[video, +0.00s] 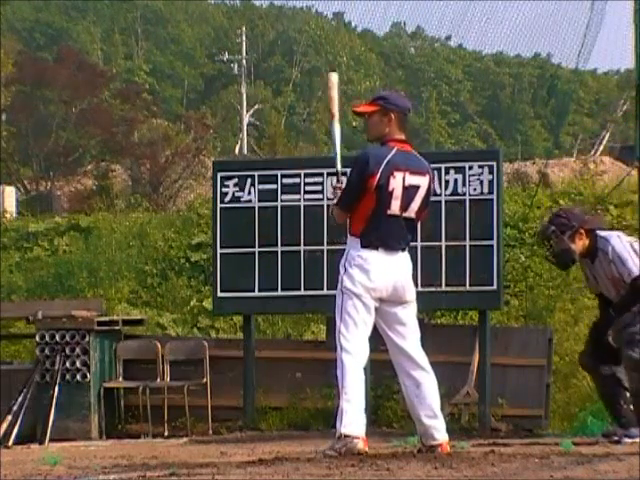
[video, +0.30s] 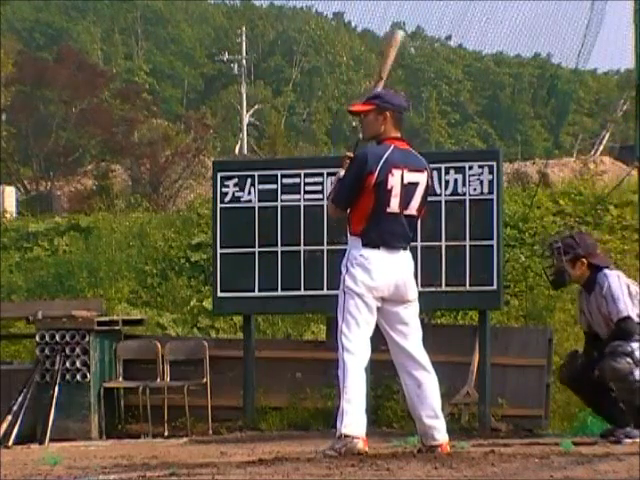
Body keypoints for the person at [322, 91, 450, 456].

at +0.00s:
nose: (366, 122)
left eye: (371, 116)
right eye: (367, 116)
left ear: (390, 118)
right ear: (396, 120)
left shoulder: (369, 158)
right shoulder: (423, 167)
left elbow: (341, 211)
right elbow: (416, 218)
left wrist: (336, 204)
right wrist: (361, 211)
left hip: (363, 262)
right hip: (400, 263)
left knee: (352, 349)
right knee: (410, 352)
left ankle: (352, 434)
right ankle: (436, 437)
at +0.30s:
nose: (361, 122)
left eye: (366, 116)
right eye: (361, 116)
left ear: (386, 118)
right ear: (392, 120)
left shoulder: (369, 155)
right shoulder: (419, 163)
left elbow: (335, 207)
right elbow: (411, 213)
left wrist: (343, 174)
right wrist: (359, 172)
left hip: (365, 261)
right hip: (402, 262)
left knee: (353, 349)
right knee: (412, 352)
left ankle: (352, 434)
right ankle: (436, 437)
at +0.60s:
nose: (358, 122)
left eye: (363, 116)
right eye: (359, 116)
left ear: (383, 118)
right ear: (388, 120)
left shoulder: (365, 156)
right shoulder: (419, 163)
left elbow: (332, 200)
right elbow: (415, 209)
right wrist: (364, 195)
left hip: (365, 261)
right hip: (402, 262)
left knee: (354, 349)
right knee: (412, 352)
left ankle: (352, 434)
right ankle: (436, 437)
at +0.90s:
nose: (355, 122)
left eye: (360, 116)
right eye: (356, 116)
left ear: (380, 118)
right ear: (385, 120)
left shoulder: (362, 155)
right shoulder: (416, 160)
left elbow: (333, 197)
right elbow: (412, 206)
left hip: (365, 261)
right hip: (402, 262)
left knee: (354, 349)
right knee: (412, 352)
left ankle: (352, 434)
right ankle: (436, 437)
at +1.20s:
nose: (354, 123)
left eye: (359, 117)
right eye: (354, 117)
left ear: (380, 119)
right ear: (385, 121)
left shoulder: (361, 154)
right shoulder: (417, 160)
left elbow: (333, 197)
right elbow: (408, 204)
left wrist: (366, 182)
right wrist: (364, 189)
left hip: (364, 261)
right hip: (401, 261)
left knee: (354, 350)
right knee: (412, 352)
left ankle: (352, 435)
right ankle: (436, 437)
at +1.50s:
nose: (353, 123)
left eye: (359, 117)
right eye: (354, 117)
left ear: (381, 119)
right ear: (384, 121)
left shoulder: (362, 155)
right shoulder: (415, 158)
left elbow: (333, 197)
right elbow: (401, 198)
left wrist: (357, 170)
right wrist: (361, 185)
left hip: (366, 261)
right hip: (402, 261)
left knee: (354, 349)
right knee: (412, 352)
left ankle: (352, 434)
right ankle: (436, 437)